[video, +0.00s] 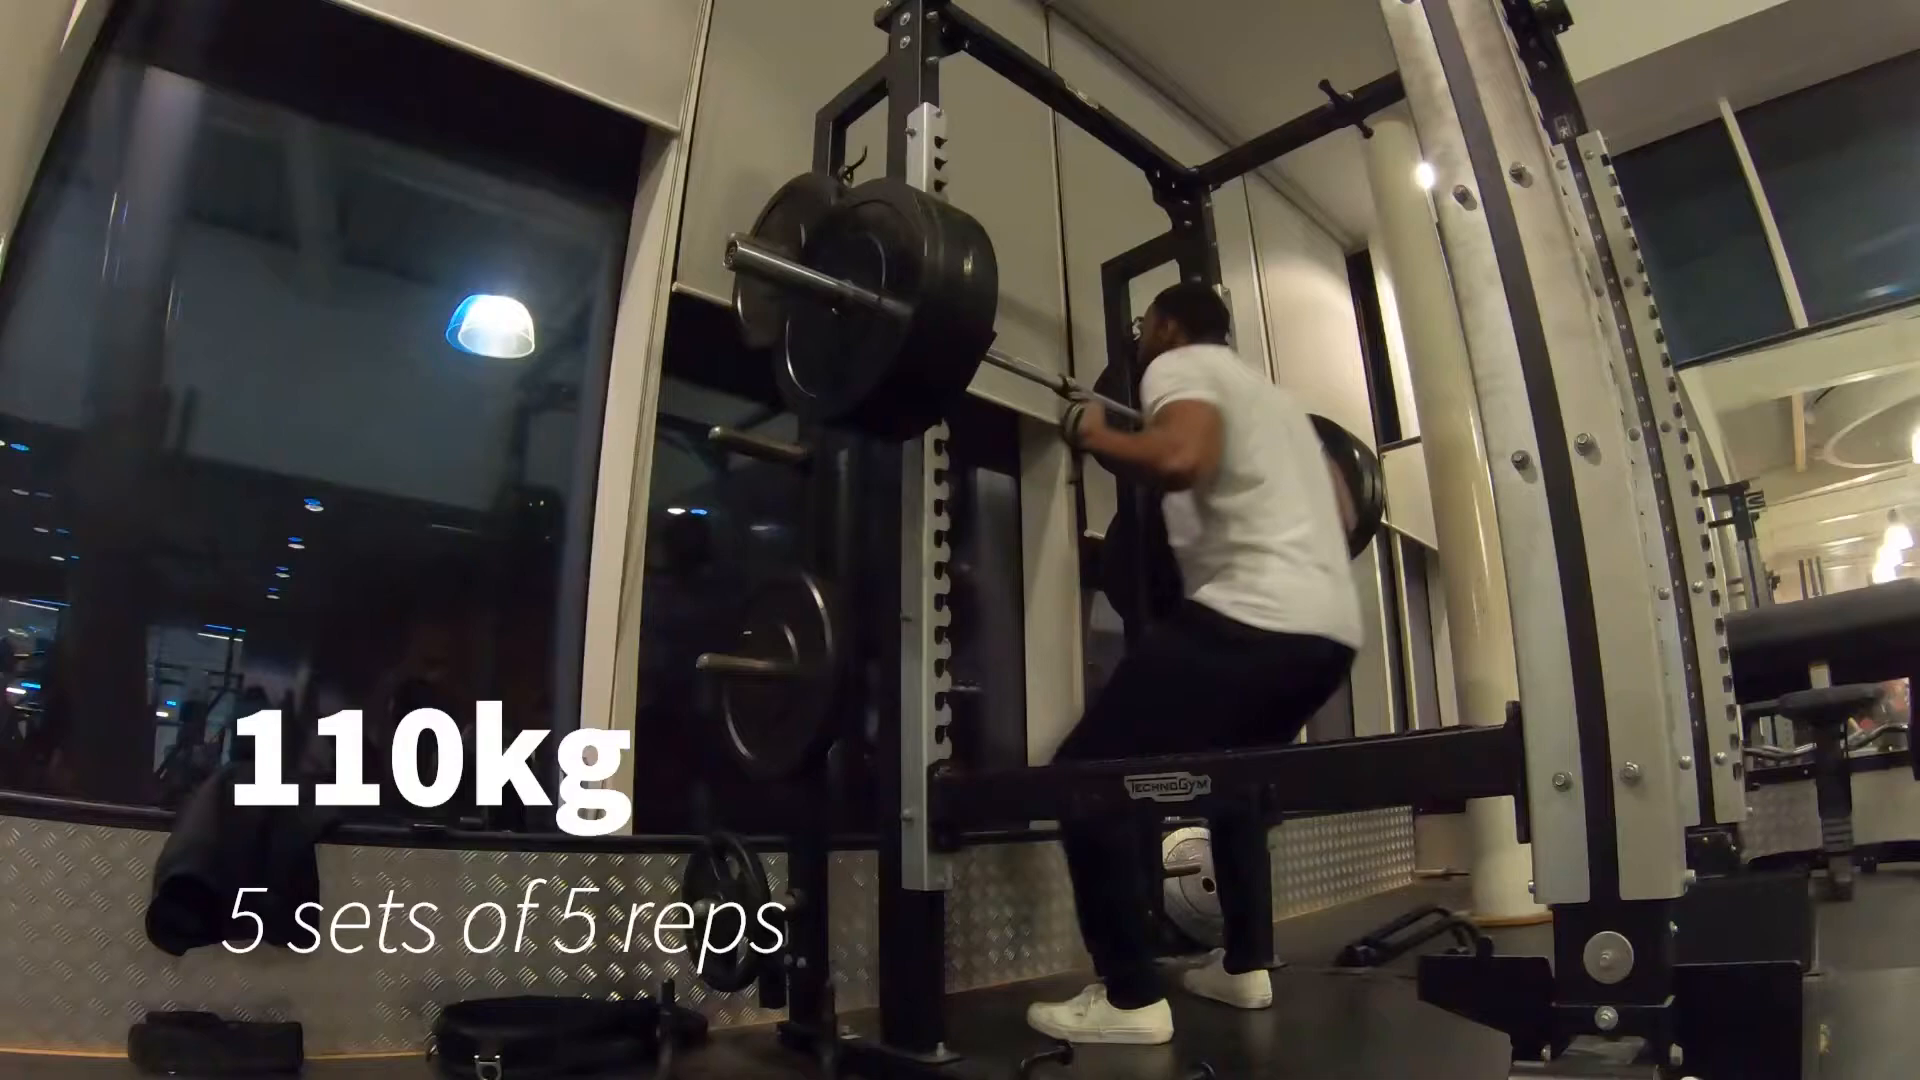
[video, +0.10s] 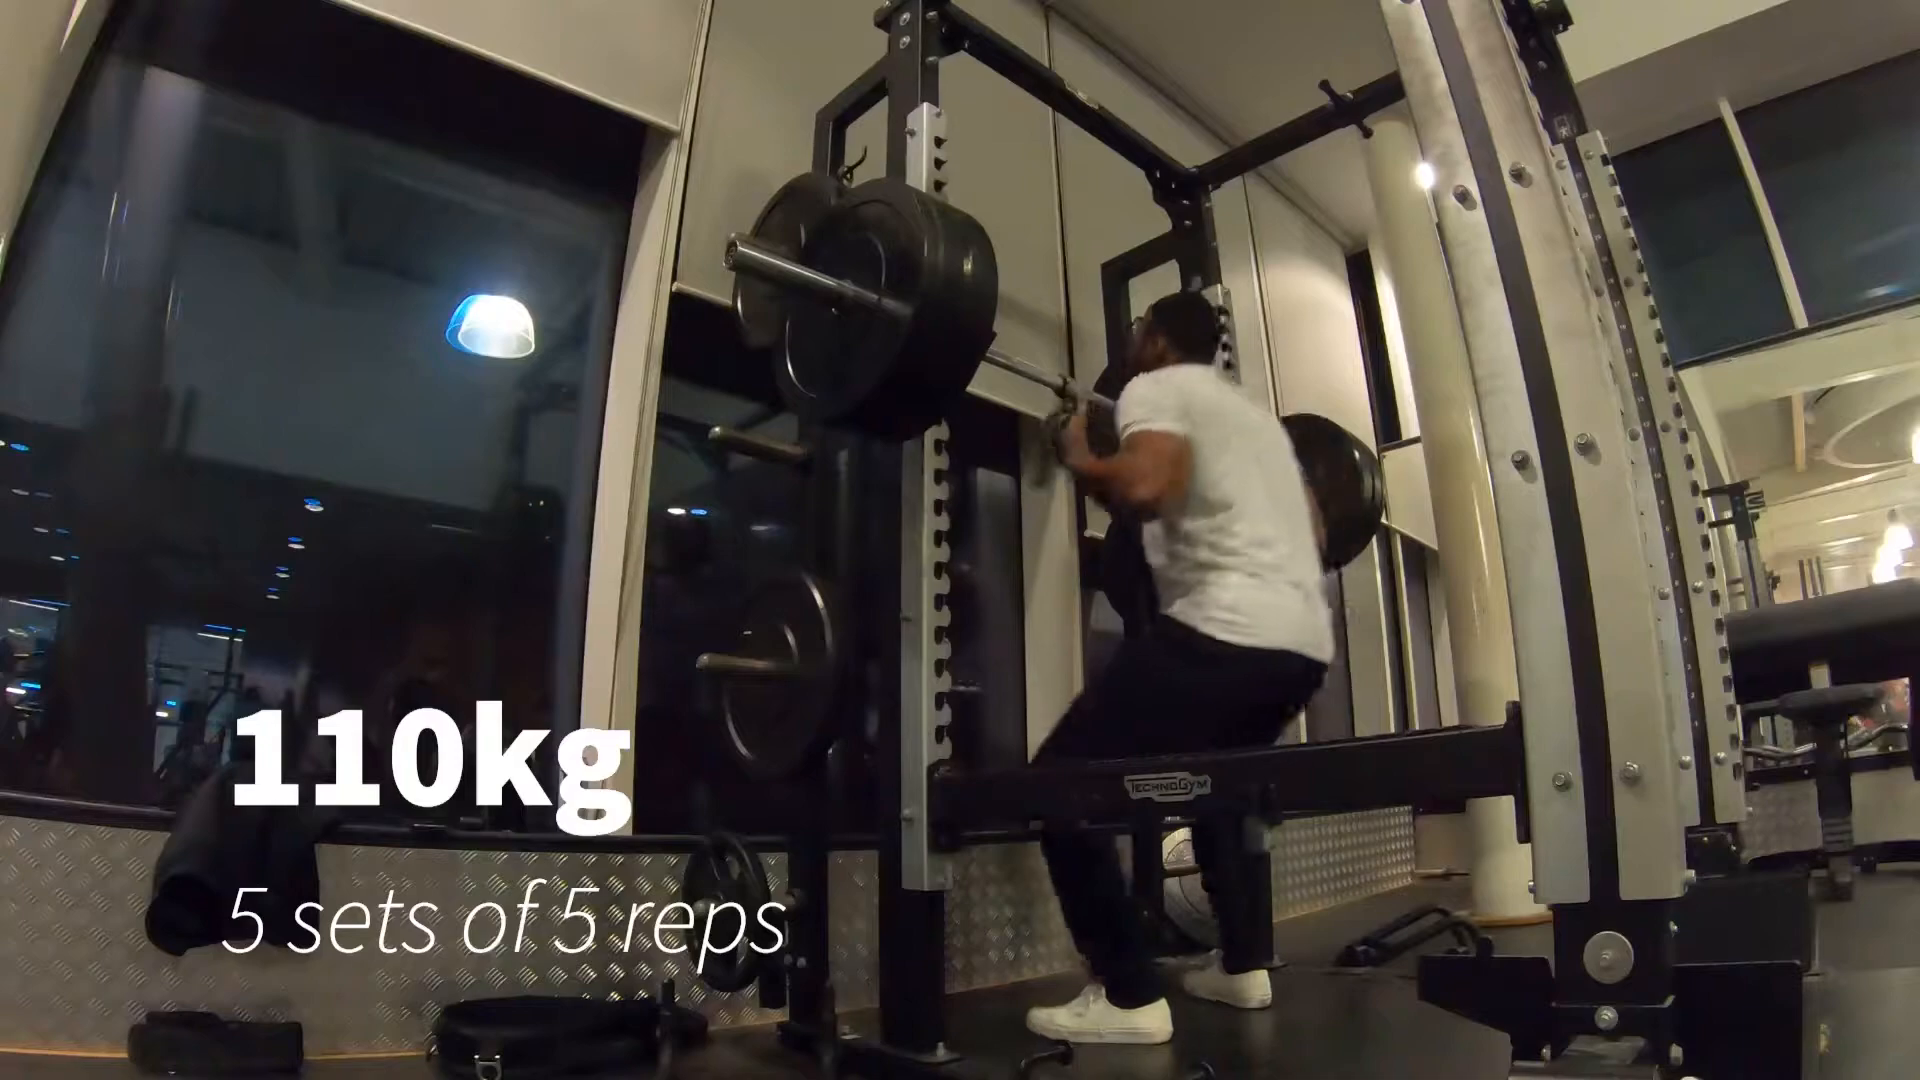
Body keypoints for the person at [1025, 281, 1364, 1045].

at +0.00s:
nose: (1142, 342)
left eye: (1146, 330)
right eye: (1145, 331)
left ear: (1167, 323)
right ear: (1218, 329)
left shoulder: (1183, 365)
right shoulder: (1277, 398)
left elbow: (1185, 452)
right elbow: (1342, 512)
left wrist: (1098, 437)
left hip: (1249, 621)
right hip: (1326, 635)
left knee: (1084, 777)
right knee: (1234, 779)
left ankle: (1130, 997)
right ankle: (1248, 966)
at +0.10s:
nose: (1132, 354)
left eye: (1137, 342)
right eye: (1137, 343)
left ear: (1154, 341)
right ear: (1211, 349)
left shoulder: (1158, 389)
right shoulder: (1261, 419)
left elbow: (1146, 485)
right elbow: (1314, 535)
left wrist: (1081, 459)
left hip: (1216, 636)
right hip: (1298, 652)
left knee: (1061, 782)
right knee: (1216, 782)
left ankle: (1127, 995)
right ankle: (1245, 967)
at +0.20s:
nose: (1123, 358)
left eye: (1131, 345)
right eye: (1130, 345)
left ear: (1149, 350)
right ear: (1200, 363)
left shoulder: (1137, 415)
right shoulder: (1238, 439)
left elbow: (1055, 524)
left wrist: (1040, 443)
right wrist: (1091, 465)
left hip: (1184, 653)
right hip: (1270, 668)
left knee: (1039, 795)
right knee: (1193, 786)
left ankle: (1127, 996)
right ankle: (1242, 964)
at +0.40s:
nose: (1124, 346)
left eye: (1133, 336)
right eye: (1131, 336)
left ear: (1147, 348)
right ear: (1196, 367)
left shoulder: (1107, 421)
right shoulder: (1213, 443)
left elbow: (988, 453)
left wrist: (1037, 367)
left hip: (1146, 661)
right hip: (1234, 673)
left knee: (1008, 805)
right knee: (1173, 797)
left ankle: (1127, 994)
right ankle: (1239, 966)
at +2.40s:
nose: (1155, 263)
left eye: (1163, 252)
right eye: (1163, 253)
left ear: (1183, 260)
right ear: (1227, 275)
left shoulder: (1154, 331)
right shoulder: (1249, 356)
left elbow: (1024, 346)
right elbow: (1119, 448)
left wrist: (1091, 279)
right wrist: (1110, 319)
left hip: (1188, 565)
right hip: (1273, 571)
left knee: (1135, 773)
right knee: (1231, 769)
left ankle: (1132, 994)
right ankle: (1243, 968)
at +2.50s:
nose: (1160, 257)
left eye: (1169, 246)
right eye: (1168, 247)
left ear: (1188, 257)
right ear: (1232, 271)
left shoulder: (1160, 326)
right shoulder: (1256, 349)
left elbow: (1027, 340)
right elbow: (1126, 443)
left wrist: (1093, 276)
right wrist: (1120, 306)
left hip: (1194, 559)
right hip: (1276, 567)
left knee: (1137, 756)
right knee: (1228, 760)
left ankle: (1196, 971)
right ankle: (1242, 964)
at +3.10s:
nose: (1198, 230)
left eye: (1206, 220)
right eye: (1204, 221)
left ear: (1226, 225)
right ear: (1274, 236)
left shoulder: (1201, 293)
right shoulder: (1299, 309)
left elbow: (1056, 323)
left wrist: (1133, 244)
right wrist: (1157, 274)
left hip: (1262, 541)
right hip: (1338, 541)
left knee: (1262, 770)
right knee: (1300, 759)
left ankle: (1301, 1011)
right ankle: (1375, 947)